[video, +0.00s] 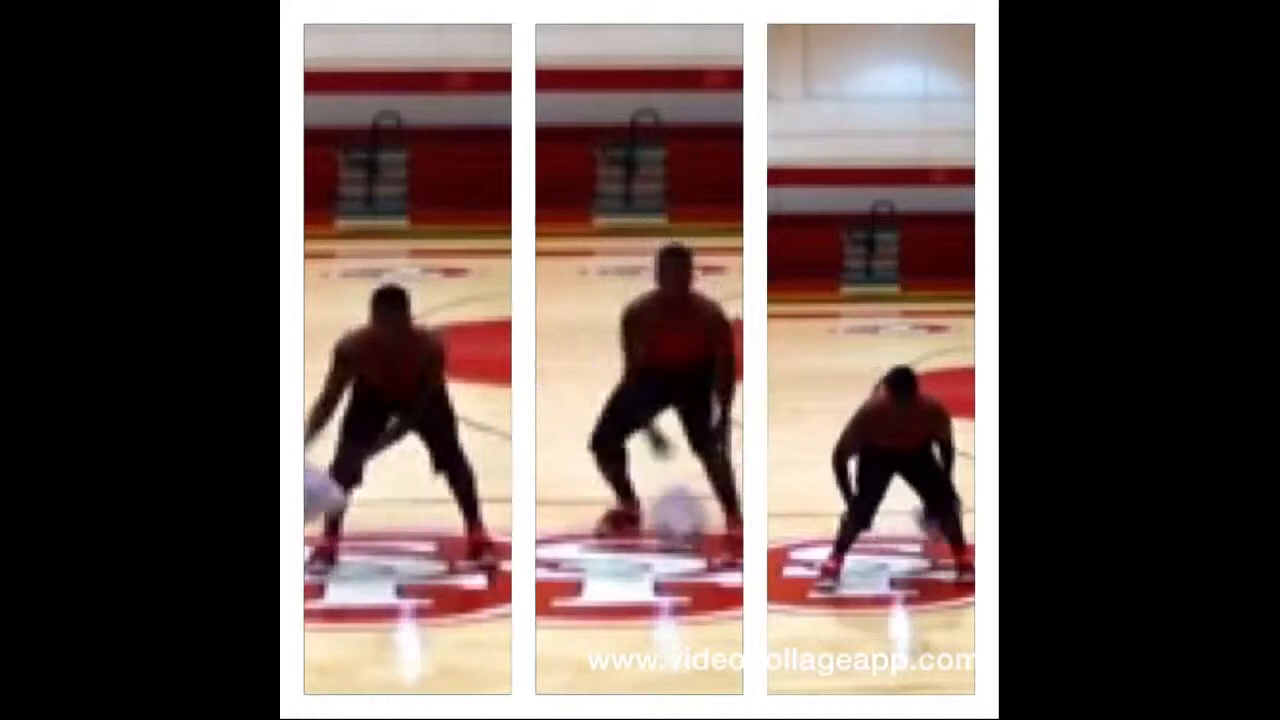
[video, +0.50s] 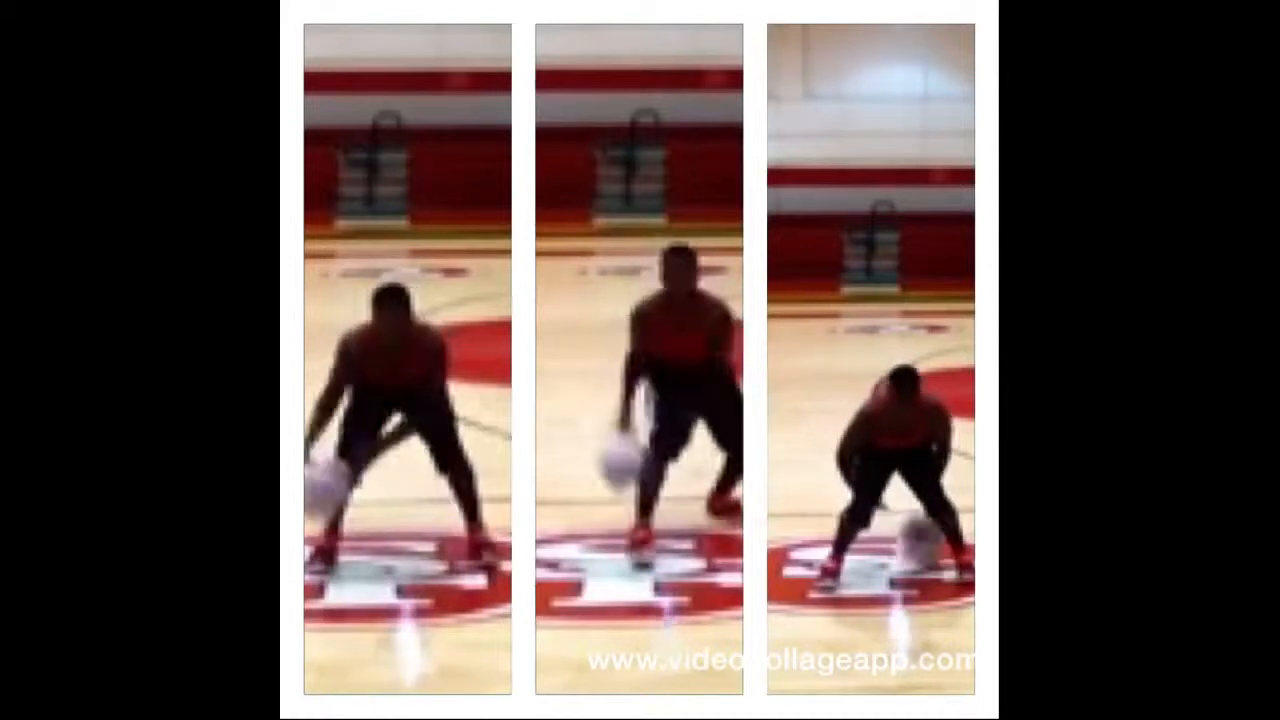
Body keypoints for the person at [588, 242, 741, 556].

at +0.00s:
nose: (676, 282)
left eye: (681, 274)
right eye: (669, 275)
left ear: (691, 275)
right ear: (658, 276)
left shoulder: (709, 315)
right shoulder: (637, 315)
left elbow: (725, 370)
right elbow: (633, 376)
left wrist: (723, 417)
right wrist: (648, 427)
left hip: (694, 386)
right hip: (649, 385)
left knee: (709, 447)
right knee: (605, 442)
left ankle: (734, 517)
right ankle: (628, 507)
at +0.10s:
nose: (679, 278)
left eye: (685, 270)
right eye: (673, 271)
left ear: (696, 271)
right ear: (662, 273)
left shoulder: (711, 308)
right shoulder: (642, 314)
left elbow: (728, 351)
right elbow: (642, 374)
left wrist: (745, 383)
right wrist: (662, 420)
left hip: (693, 383)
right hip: (648, 383)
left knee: (708, 444)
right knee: (612, 451)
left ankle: (734, 517)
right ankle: (629, 508)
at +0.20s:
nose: (683, 268)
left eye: (689, 260)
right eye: (676, 261)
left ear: (700, 260)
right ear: (666, 263)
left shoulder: (716, 286)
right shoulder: (650, 303)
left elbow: (744, 311)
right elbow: (624, 354)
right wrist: (628, 395)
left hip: (694, 364)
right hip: (649, 367)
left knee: (719, 437)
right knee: (626, 439)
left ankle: (736, 509)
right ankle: (627, 499)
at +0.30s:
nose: (684, 270)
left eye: (690, 262)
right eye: (677, 263)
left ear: (700, 261)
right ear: (667, 264)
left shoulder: (720, 288)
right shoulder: (647, 303)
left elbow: (754, 318)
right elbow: (617, 355)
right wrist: (611, 409)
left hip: (700, 360)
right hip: (655, 365)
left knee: (736, 425)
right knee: (641, 433)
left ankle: (721, 492)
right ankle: (631, 506)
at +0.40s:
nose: (680, 279)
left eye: (686, 270)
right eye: (673, 271)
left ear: (697, 270)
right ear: (663, 272)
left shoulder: (718, 308)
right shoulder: (647, 314)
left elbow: (734, 351)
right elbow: (628, 370)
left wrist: (732, 392)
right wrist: (627, 421)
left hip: (707, 373)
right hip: (665, 377)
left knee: (739, 428)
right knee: (658, 444)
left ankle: (723, 497)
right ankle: (644, 521)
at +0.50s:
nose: (678, 281)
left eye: (684, 274)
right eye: (672, 274)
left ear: (695, 274)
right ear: (663, 275)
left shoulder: (715, 313)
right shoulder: (647, 315)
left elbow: (726, 363)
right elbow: (634, 364)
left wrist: (734, 400)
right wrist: (626, 413)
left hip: (711, 383)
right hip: (670, 386)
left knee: (741, 444)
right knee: (664, 445)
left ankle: (720, 497)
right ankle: (643, 521)